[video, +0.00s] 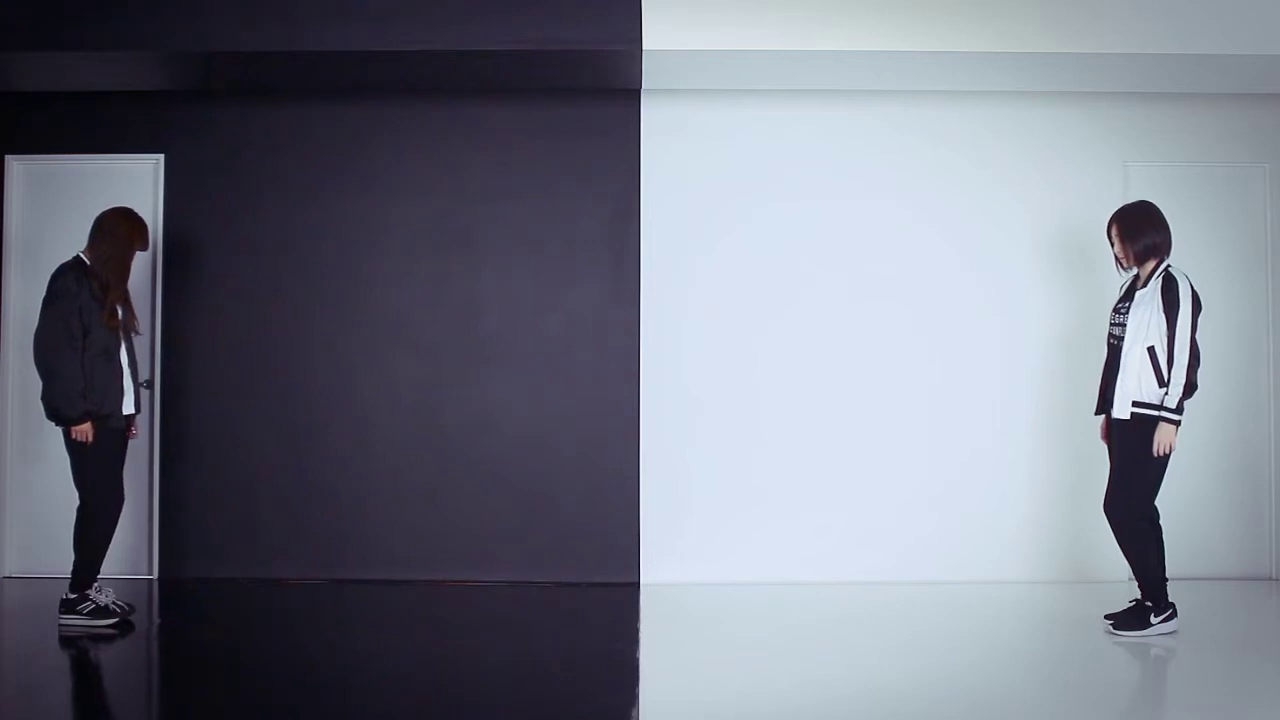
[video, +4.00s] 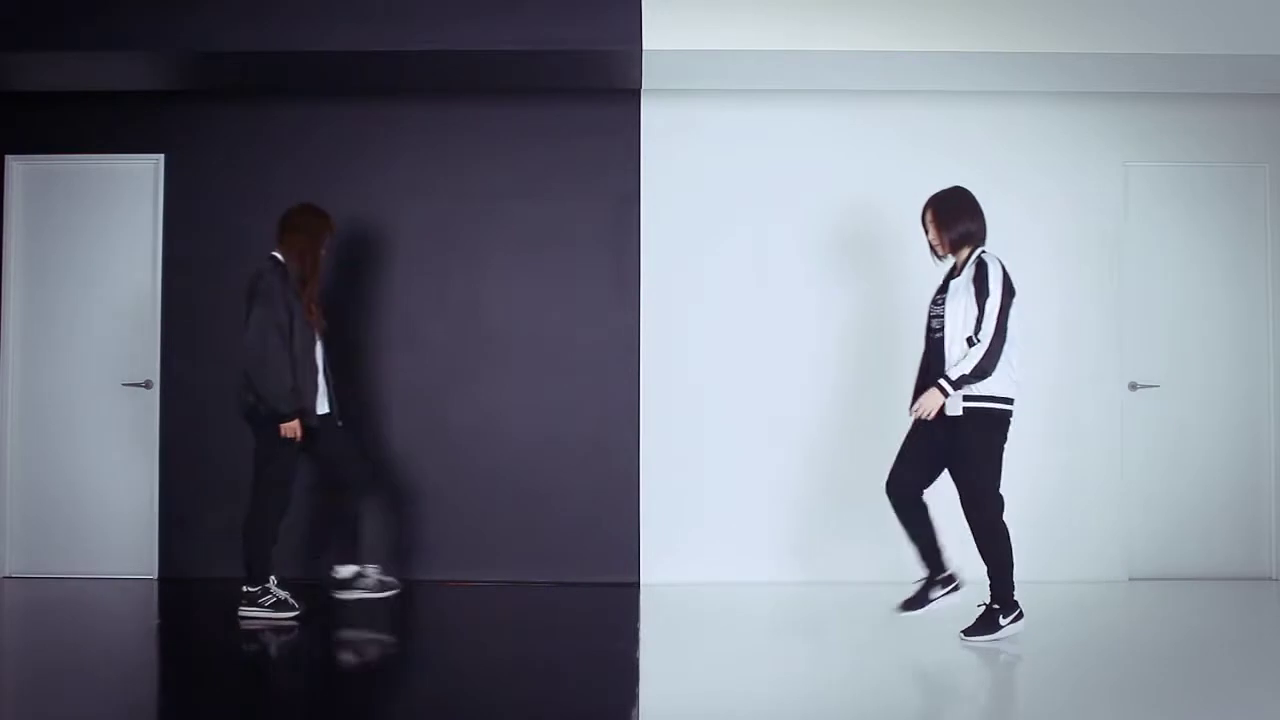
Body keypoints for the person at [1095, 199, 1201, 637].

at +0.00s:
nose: (1115, 250)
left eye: (1119, 241)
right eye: (1113, 242)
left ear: (1143, 236)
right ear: (1125, 241)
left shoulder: (1175, 284)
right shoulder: (1131, 287)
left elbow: (1185, 356)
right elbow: (1118, 355)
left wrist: (1170, 417)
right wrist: (1108, 411)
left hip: (1150, 418)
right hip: (1123, 416)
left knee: (1127, 506)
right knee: (1128, 506)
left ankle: (1157, 603)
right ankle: (1151, 600)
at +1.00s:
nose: (1117, 249)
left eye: (1121, 240)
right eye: (1114, 242)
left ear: (1145, 236)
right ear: (1126, 241)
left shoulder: (1177, 284)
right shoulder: (1131, 287)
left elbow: (1187, 356)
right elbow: (1117, 355)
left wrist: (1172, 417)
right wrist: (1107, 410)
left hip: (1151, 417)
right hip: (1123, 416)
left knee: (1125, 506)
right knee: (1131, 507)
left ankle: (1157, 604)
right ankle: (1152, 600)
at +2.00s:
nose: (1119, 249)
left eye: (1123, 240)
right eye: (1116, 241)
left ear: (1147, 236)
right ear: (1125, 242)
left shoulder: (1179, 284)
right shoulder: (1131, 287)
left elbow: (1190, 356)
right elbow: (1117, 354)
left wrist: (1174, 417)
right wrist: (1107, 410)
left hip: (1152, 417)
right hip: (1123, 416)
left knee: (1128, 507)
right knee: (1127, 506)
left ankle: (1158, 604)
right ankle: (1151, 600)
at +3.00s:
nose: (1089, 249)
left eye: (1093, 240)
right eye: (1086, 242)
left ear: (1117, 236)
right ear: (1092, 243)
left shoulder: (1156, 284)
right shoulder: (1100, 288)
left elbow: (1178, 351)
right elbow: (1099, 353)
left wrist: (1171, 414)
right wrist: (1087, 404)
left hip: (1139, 415)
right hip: (1109, 415)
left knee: (1082, 486)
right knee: (1131, 506)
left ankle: (1103, 584)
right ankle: (1156, 601)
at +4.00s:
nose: (929, 239)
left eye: (933, 228)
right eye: (926, 230)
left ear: (957, 225)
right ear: (950, 230)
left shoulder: (989, 268)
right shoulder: (952, 277)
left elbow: (988, 345)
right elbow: (943, 347)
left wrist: (943, 389)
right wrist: (928, 395)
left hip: (982, 410)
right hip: (944, 407)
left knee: (981, 506)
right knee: (902, 487)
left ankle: (1005, 602)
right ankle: (938, 574)